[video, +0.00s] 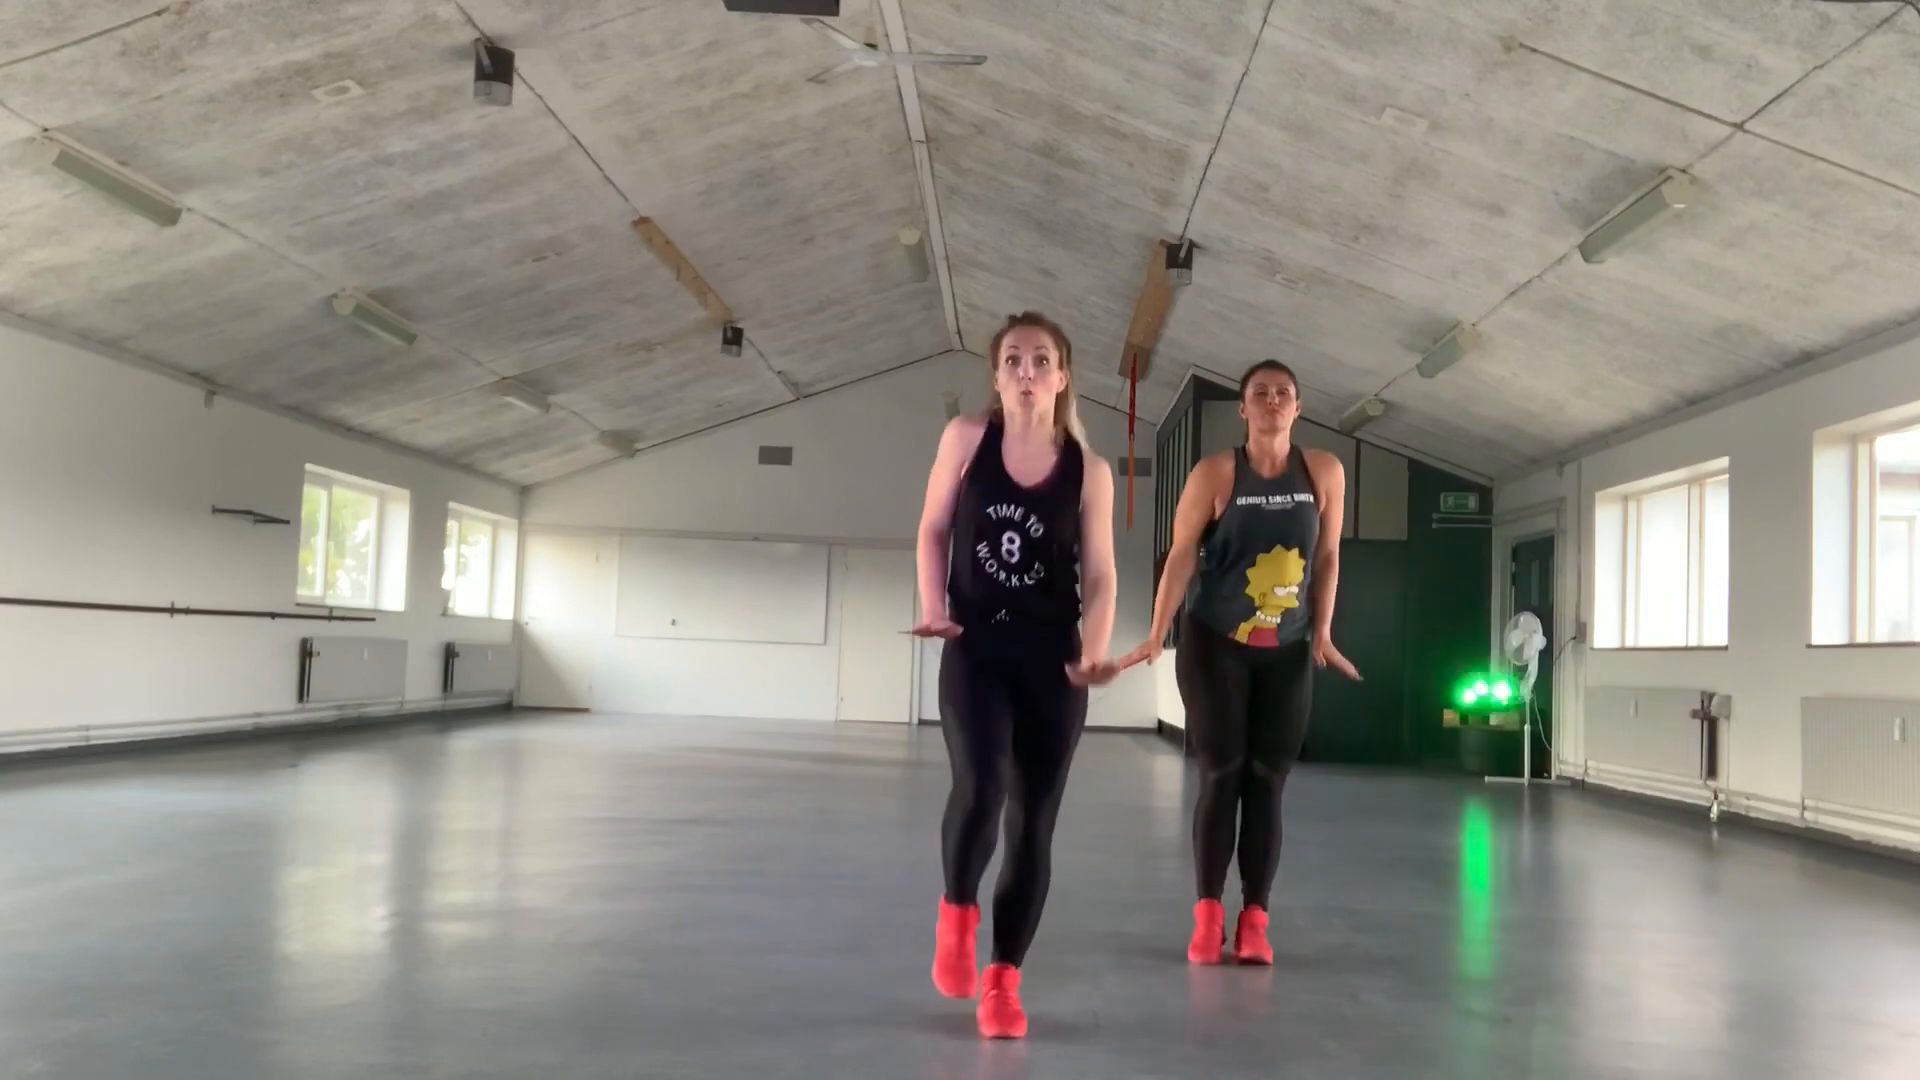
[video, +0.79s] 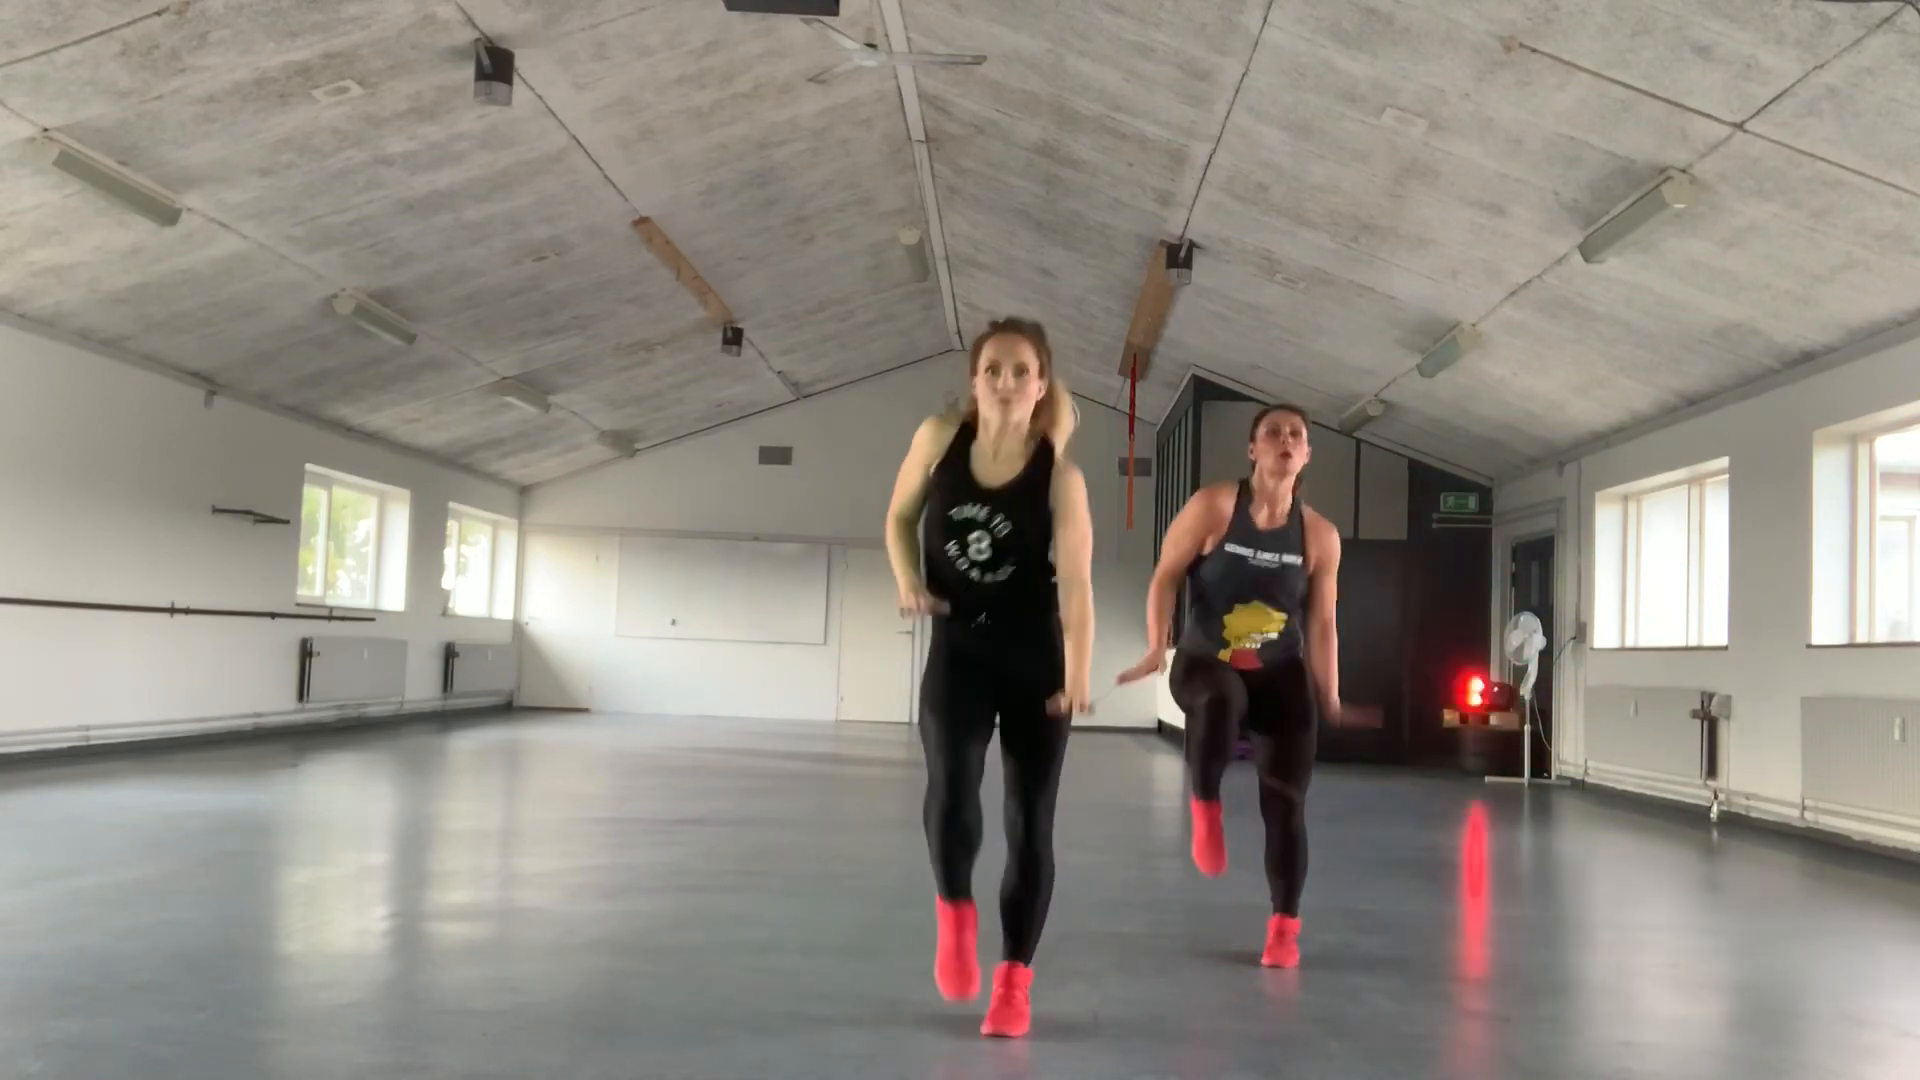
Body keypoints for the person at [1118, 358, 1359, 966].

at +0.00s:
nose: (1273, 402)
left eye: (1282, 394)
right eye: (1261, 393)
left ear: (1297, 407)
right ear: (1242, 407)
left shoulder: (1324, 471)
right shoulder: (1213, 474)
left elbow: (1328, 556)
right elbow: (1180, 558)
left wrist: (1322, 634)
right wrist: (1155, 636)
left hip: (1288, 649)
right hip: (1215, 644)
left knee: (1266, 781)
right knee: (1222, 775)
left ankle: (1255, 917)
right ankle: (1209, 910)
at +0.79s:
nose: (1286, 443)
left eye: (1296, 435)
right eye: (1275, 434)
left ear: (1307, 454)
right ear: (1253, 449)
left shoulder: (1321, 536)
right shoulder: (1211, 507)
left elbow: (1322, 624)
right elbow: (1165, 578)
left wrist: (1330, 695)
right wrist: (1157, 647)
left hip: (1281, 673)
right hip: (1209, 664)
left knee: (1284, 799)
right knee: (1221, 695)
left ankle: (1285, 922)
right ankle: (1206, 806)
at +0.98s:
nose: (1253, 417)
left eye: (1262, 409)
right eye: (1242, 408)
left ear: (1275, 426)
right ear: (1220, 421)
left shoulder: (1289, 508)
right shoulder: (1182, 471)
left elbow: (1295, 599)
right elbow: (1136, 529)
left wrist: (1301, 681)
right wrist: (1140, 602)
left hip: (1253, 653)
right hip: (1180, 648)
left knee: (1263, 786)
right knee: (1181, 749)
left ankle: (1282, 919)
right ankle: (1170, 855)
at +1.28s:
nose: (1183, 430)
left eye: (1194, 422)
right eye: (1173, 420)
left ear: (1209, 439)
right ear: (1154, 433)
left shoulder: (1224, 522)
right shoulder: (1123, 480)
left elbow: (1240, 612)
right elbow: (1084, 552)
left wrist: (1255, 699)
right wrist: (1077, 625)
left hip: (1199, 667)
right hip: (1130, 660)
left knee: (1182, 795)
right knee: (1114, 724)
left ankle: (1176, 916)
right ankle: (1108, 836)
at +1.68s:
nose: (1092, 417)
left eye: (1104, 409)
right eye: (1082, 408)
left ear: (1119, 422)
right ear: (1064, 420)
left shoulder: (1139, 501)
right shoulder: (1033, 470)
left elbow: (1151, 591)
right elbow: (1006, 550)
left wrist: (1158, 675)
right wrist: (998, 625)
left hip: (1110, 659)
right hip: (1039, 653)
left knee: (1089, 788)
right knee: (1011, 742)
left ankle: (1083, 912)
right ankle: (1021, 872)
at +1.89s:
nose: (1048, 396)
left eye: (1059, 389)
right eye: (1038, 387)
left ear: (1074, 405)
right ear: (1019, 399)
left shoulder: (1093, 484)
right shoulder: (984, 465)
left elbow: (1105, 575)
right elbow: (951, 549)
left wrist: (1090, 639)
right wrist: (930, 619)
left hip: (1060, 646)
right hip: (983, 641)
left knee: (1064, 781)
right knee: (956, 762)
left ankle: (1076, 909)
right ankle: (951, 889)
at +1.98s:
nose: (1016, 396)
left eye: (1028, 388)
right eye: (1006, 387)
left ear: (1044, 403)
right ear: (989, 400)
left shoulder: (1068, 478)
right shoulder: (955, 470)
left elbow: (1100, 560)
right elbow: (916, 552)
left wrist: (1085, 632)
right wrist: (853, 593)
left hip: (1026, 647)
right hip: (951, 642)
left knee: (1041, 772)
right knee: (955, 775)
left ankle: (1035, 897)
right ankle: (946, 906)